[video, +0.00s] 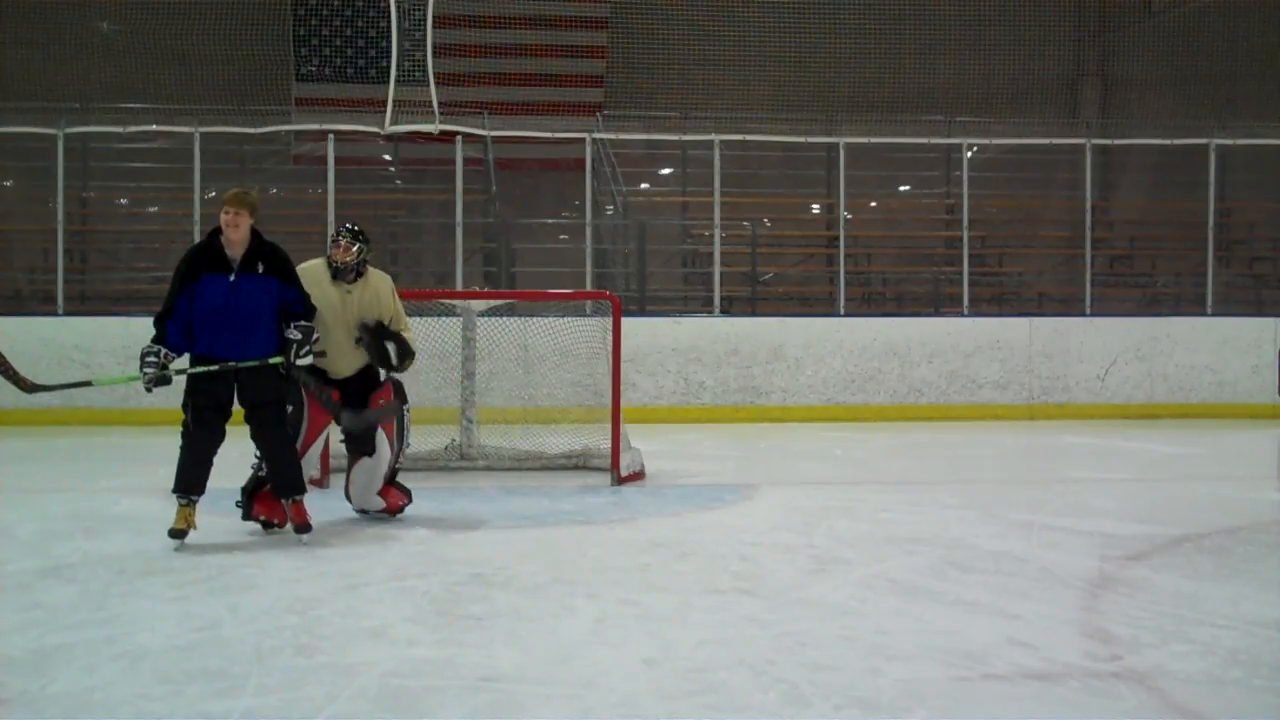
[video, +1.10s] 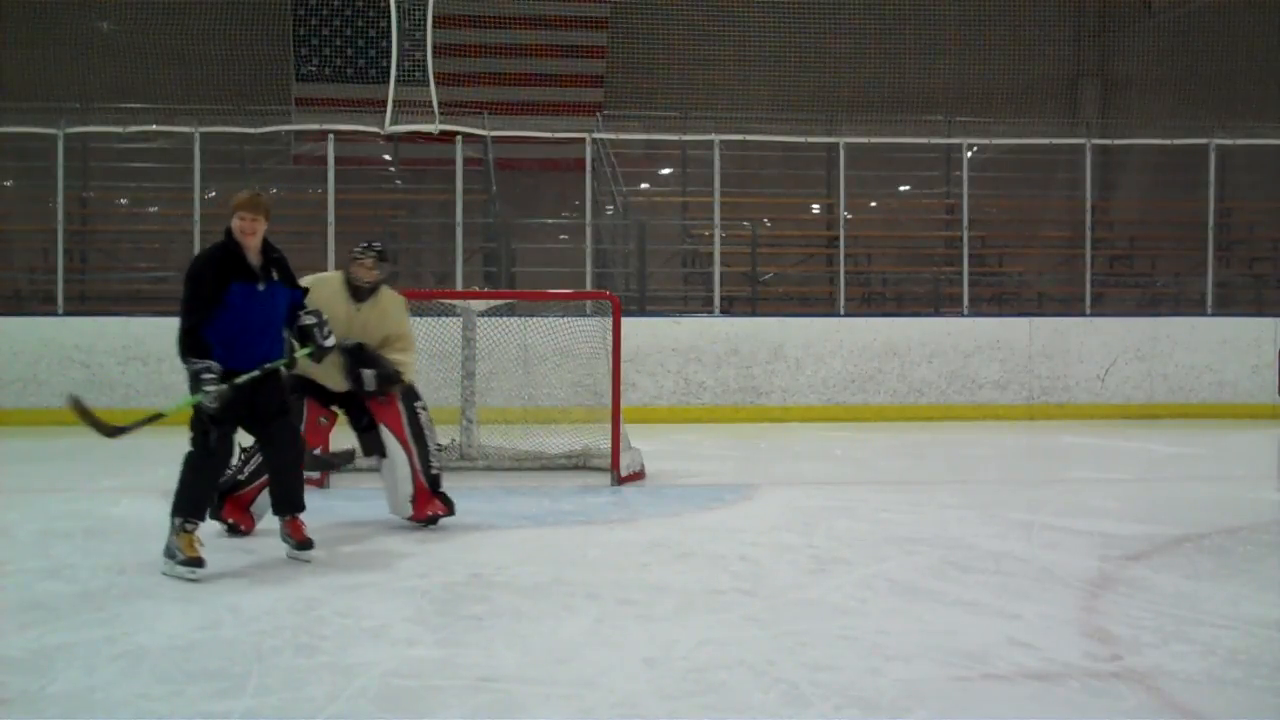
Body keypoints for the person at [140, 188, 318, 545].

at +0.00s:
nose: (230, 219)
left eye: (237, 214)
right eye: (226, 213)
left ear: (252, 220)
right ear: (219, 217)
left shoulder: (273, 258)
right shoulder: (198, 258)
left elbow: (299, 306)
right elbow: (176, 312)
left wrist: (301, 330)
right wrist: (159, 352)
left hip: (261, 362)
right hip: (210, 363)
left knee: (272, 431)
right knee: (201, 433)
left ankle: (293, 500)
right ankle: (186, 506)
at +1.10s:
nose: (247, 225)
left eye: (254, 219)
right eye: (241, 218)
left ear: (266, 224)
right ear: (231, 222)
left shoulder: (276, 263)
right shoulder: (209, 265)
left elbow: (294, 308)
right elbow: (191, 327)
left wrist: (309, 328)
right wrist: (203, 373)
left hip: (267, 374)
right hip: (220, 378)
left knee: (286, 444)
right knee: (211, 452)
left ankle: (290, 517)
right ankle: (184, 532)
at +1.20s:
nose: (268, 228)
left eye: (276, 222)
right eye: (262, 220)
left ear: (286, 228)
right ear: (249, 223)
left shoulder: (288, 266)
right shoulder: (227, 265)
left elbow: (299, 312)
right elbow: (214, 328)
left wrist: (316, 326)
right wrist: (230, 377)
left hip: (279, 374)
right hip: (232, 376)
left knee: (304, 442)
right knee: (230, 454)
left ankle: (298, 522)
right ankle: (193, 535)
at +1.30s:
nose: (300, 238)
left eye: (306, 231)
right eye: (293, 230)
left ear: (311, 237)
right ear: (274, 232)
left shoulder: (303, 278)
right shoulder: (253, 274)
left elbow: (305, 329)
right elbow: (243, 339)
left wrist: (322, 353)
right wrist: (268, 378)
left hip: (291, 380)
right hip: (246, 380)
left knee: (330, 441)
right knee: (244, 456)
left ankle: (316, 525)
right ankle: (200, 535)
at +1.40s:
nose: (335, 253)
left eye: (340, 246)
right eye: (328, 244)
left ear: (344, 251)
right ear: (309, 245)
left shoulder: (319, 288)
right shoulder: (290, 282)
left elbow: (325, 344)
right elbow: (295, 349)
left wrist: (347, 374)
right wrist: (329, 378)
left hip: (302, 389)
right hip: (266, 388)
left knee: (356, 441)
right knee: (261, 464)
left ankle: (343, 524)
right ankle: (207, 537)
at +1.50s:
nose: (382, 254)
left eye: (384, 247)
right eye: (375, 247)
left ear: (381, 252)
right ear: (354, 248)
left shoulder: (359, 286)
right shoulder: (339, 283)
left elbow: (357, 343)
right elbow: (346, 344)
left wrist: (384, 374)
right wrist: (381, 376)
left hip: (339, 386)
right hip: (300, 383)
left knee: (382, 441)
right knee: (275, 462)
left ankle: (362, 527)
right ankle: (213, 539)